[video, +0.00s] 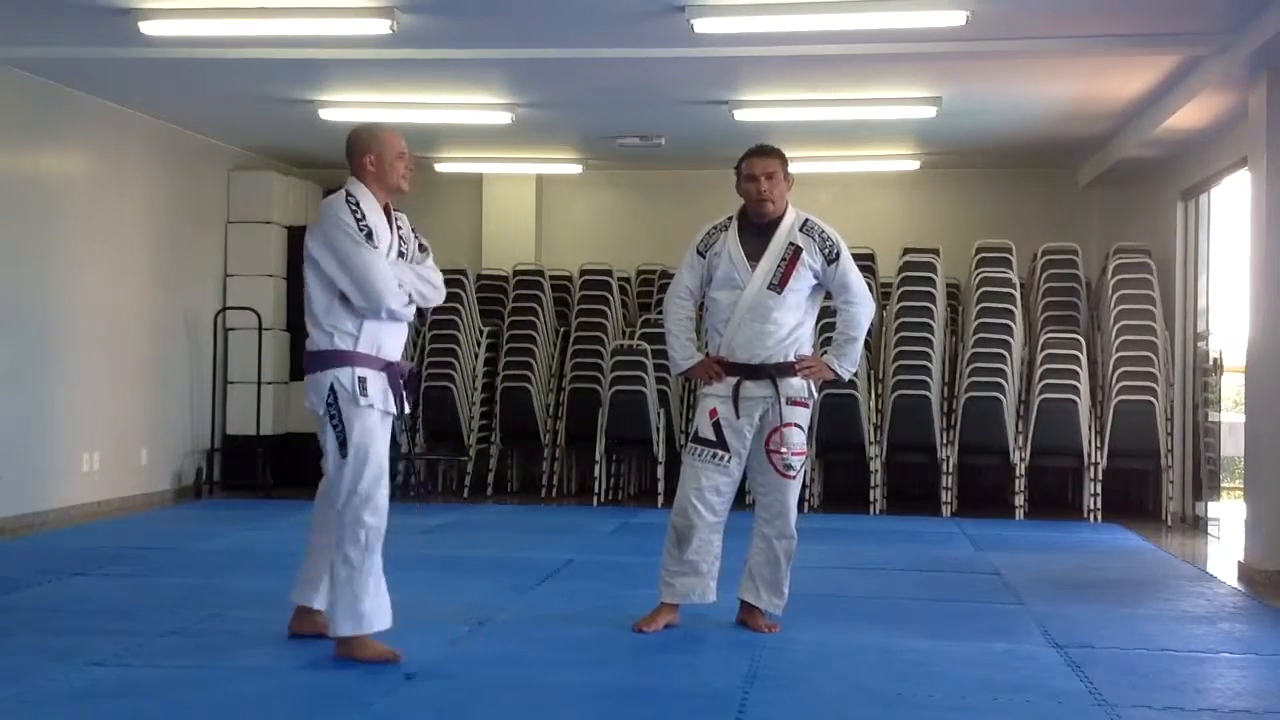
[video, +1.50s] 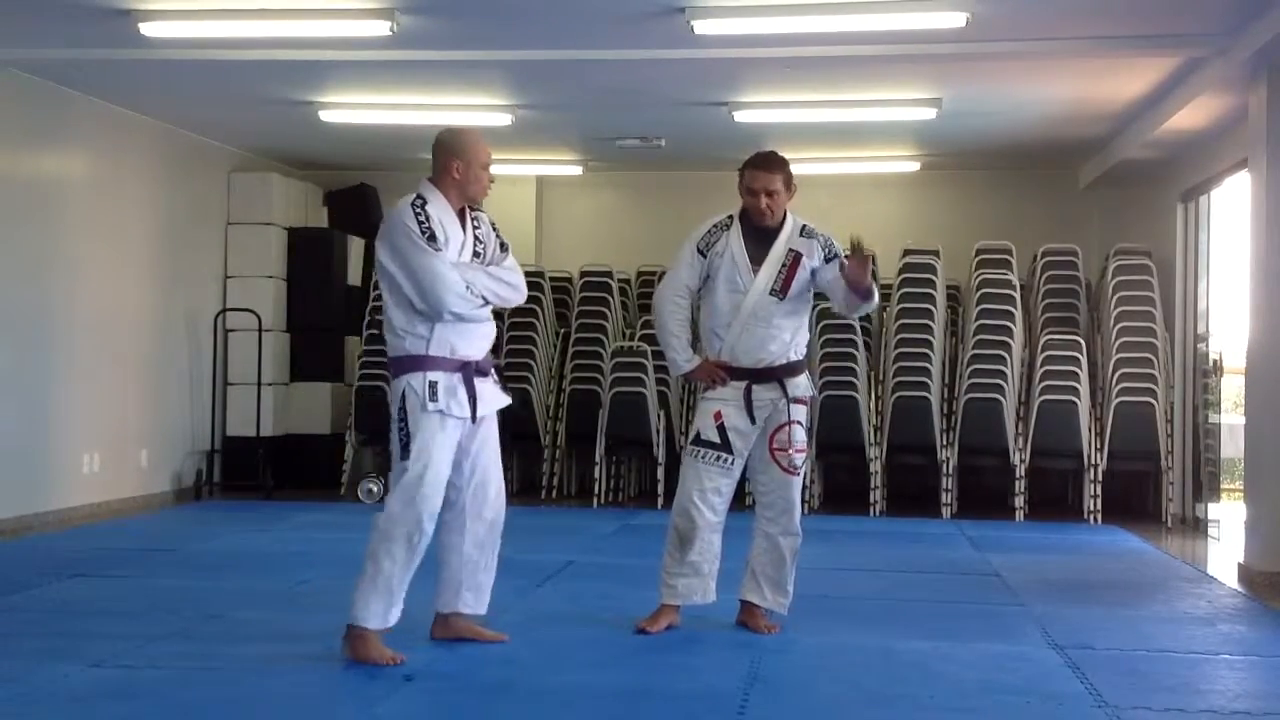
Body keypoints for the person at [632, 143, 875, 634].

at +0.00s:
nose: (761, 187)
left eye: (771, 177)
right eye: (751, 179)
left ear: (788, 183)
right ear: (738, 186)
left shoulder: (818, 240)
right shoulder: (712, 239)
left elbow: (857, 303)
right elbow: (678, 301)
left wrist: (838, 361)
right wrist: (688, 357)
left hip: (787, 390)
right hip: (722, 385)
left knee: (778, 506)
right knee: (695, 499)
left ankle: (756, 605)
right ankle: (670, 602)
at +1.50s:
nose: (763, 203)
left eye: (773, 194)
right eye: (754, 193)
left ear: (790, 194)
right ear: (740, 191)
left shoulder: (814, 244)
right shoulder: (713, 237)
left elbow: (851, 304)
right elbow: (669, 298)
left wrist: (860, 287)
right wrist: (687, 360)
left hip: (787, 390)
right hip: (722, 386)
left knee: (780, 506)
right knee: (695, 501)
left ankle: (757, 604)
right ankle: (672, 602)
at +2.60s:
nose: (744, 198)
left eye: (756, 192)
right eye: (741, 189)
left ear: (783, 195)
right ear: (737, 185)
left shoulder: (804, 236)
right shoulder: (712, 235)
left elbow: (846, 237)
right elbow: (673, 295)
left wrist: (807, 184)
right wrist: (684, 357)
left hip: (782, 386)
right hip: (719, 383)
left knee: (778, 505)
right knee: (692, 500)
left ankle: (754, 605)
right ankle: (670, 605)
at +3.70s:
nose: (747, 201)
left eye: (759, 196)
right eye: (745, 190)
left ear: (786, 200)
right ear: (742, 186)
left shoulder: (810, 239)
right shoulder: (717, 236)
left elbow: (853, 221)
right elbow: (676, 296)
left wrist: (810, 182)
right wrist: (687, 357)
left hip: (787, 389)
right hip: (723, 386)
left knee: (780, 506)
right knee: (696, 501)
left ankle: (755, 606)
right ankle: (672, 604)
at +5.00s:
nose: (764, 195)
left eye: (772, 185)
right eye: (753, 186)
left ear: (787, 188)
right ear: (735, 189)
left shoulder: (813, 239)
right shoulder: (706, 241)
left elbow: (853, 291)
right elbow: (670, 305)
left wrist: (832, 346)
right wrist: (687, 362)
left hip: (787, 390)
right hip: (721, 388)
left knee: (779, 506)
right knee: (694, 501)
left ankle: (755, 606)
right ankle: (671, 606)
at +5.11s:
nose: (767, 194)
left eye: (776, 185)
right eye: (756, 184)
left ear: (789, 189)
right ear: (738, 189)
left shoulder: (813, 244)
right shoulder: (707, 240)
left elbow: (852, 300)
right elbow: (670, 303)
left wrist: (831, 355)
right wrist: (687, 360)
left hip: (786, 391)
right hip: (721, 388)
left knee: (779, 507)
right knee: (694, 501)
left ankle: (755, 606)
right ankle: (672, 605)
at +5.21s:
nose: (768, 196)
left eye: (778, 187)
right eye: (758, 186)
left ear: (791, 192)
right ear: (740, 189)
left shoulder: (815, 246)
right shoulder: (708, 240)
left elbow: (853, 303)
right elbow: (666, 297)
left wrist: (832, 358)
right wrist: (685, 354)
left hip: (785, 392)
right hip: (721, 387)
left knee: (779, 508)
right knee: (694, 501)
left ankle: (755, 606)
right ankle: (671, 606)